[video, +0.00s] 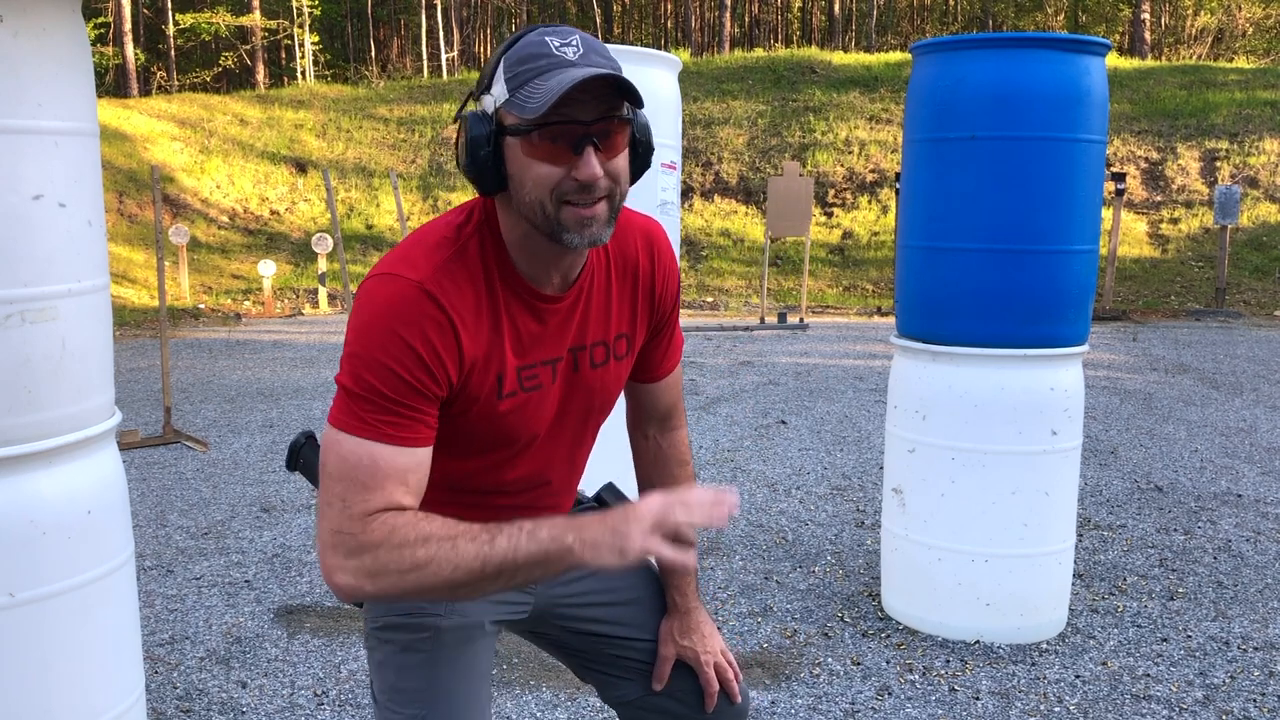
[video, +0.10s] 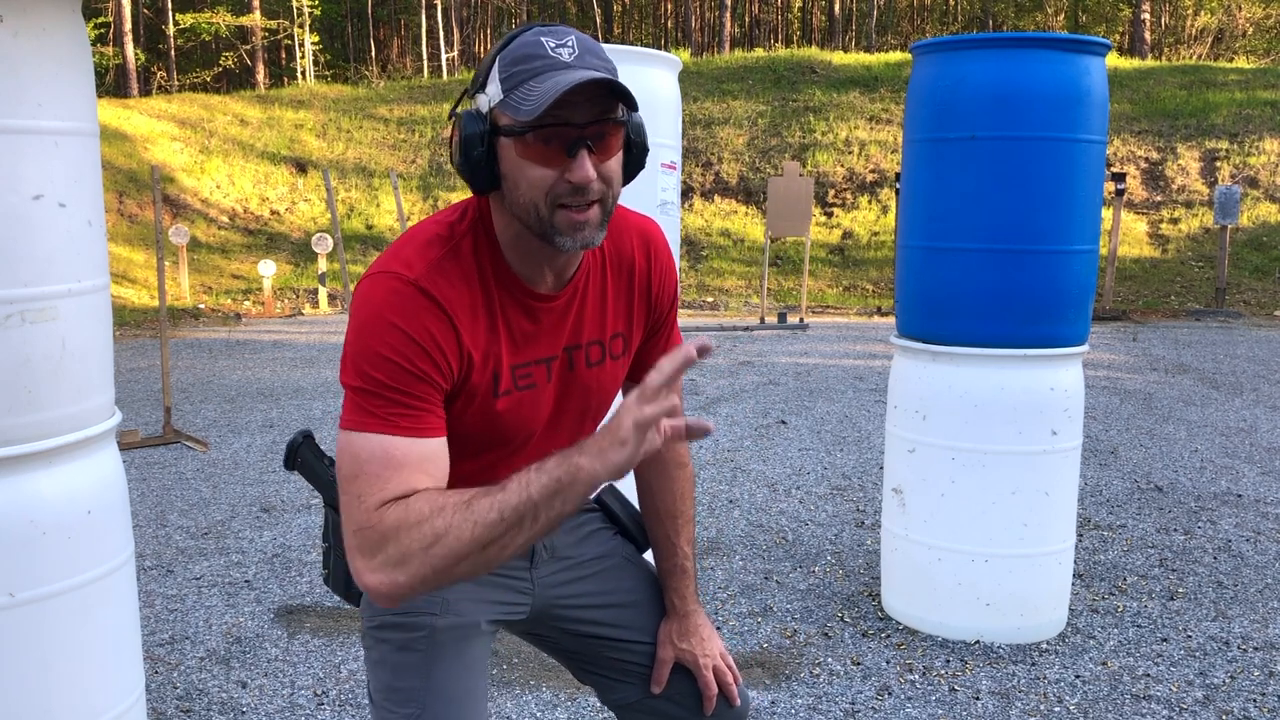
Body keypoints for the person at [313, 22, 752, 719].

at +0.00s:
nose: (590, 168)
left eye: (608, 138)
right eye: (559, 140)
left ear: (631, 145)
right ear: (490, 151)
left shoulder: (642, 255)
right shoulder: (413, 296)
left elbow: (661, 432)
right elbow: (357, 551)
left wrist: (685, 600)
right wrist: (580, 537)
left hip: (564, 547)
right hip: (430, 571)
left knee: (708, 701)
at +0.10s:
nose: (584, 172)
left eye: (602, 139)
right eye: (551, 141)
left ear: (626, 146)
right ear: (485, 150)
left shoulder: (641, 254)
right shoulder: (406, 293)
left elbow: (660, 427)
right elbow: (386, 557)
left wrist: (684, 605)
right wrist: (603, 455)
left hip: (572, 535)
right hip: (433, 567)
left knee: (711, 703)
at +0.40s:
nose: (577, 182)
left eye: (596, 150)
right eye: (544, 150)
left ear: (621, 154)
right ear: (482, 153)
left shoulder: (637, 255)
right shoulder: (404, 296)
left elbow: (656, 429)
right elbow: (414, 561)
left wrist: (679, 602)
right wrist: (596, 431)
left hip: (566, 533)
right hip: (430, 563)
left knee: (704, 701)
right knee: (437, 707)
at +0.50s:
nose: (579, 189)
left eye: (598, 156)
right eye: (547, 157)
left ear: (624, 158)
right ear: (487, 155)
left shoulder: (639, 256)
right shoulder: (405, 298)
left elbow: (657, 431)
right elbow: (402, 566)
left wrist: (679, 600)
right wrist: (597, 470)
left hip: (572, 541)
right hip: (430, 566)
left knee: (707, 702)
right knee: (436, 707)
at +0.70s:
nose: (582, 193)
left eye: (604, 159)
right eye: (552, 158)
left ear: (632, 160)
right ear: (494, 153)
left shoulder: (642, 258)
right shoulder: (405, 297)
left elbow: (660, 431)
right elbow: (384, 554)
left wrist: (680, 594)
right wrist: (592, 577)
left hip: (553, 529)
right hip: (425, 549)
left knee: (705, 702)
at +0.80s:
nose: (585, 191)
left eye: (608, 155)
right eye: (556, 155)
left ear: (635, 158)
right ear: (496, 151)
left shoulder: (645, 257)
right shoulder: (406, 293)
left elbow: (663, 431)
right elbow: (382, 550)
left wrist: (676, 602)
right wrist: (591, 604)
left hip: (556, 527)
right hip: (426, 542)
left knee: (702, 702)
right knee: (431, 707)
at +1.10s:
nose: (585, 194)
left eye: (609, 159)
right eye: (555, 158)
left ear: (638, 160)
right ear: (499, 154)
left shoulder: (648, 260)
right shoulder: (409, 290)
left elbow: (665, 434)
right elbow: (373, 546)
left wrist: (681, 607)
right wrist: (582, 497)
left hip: (561, 537)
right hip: (424, 558)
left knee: (703, 705)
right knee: (431, 707)